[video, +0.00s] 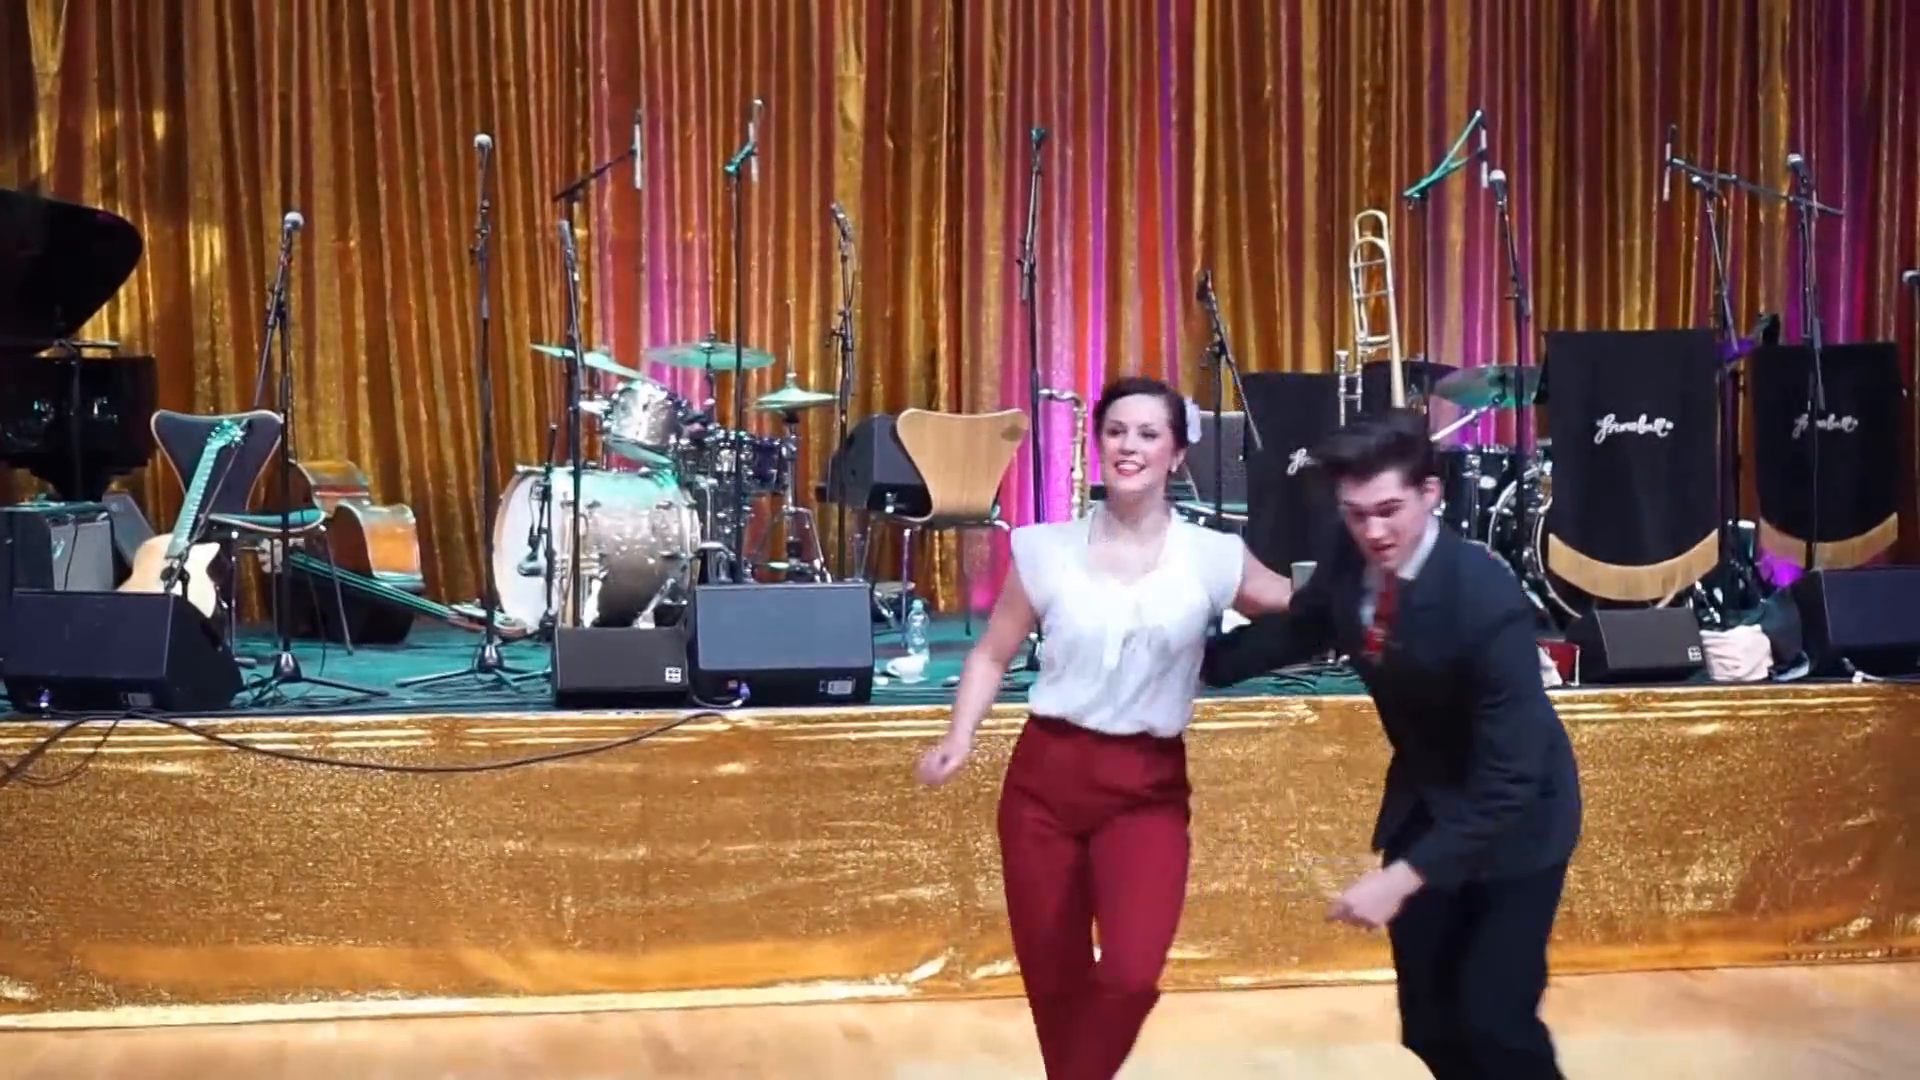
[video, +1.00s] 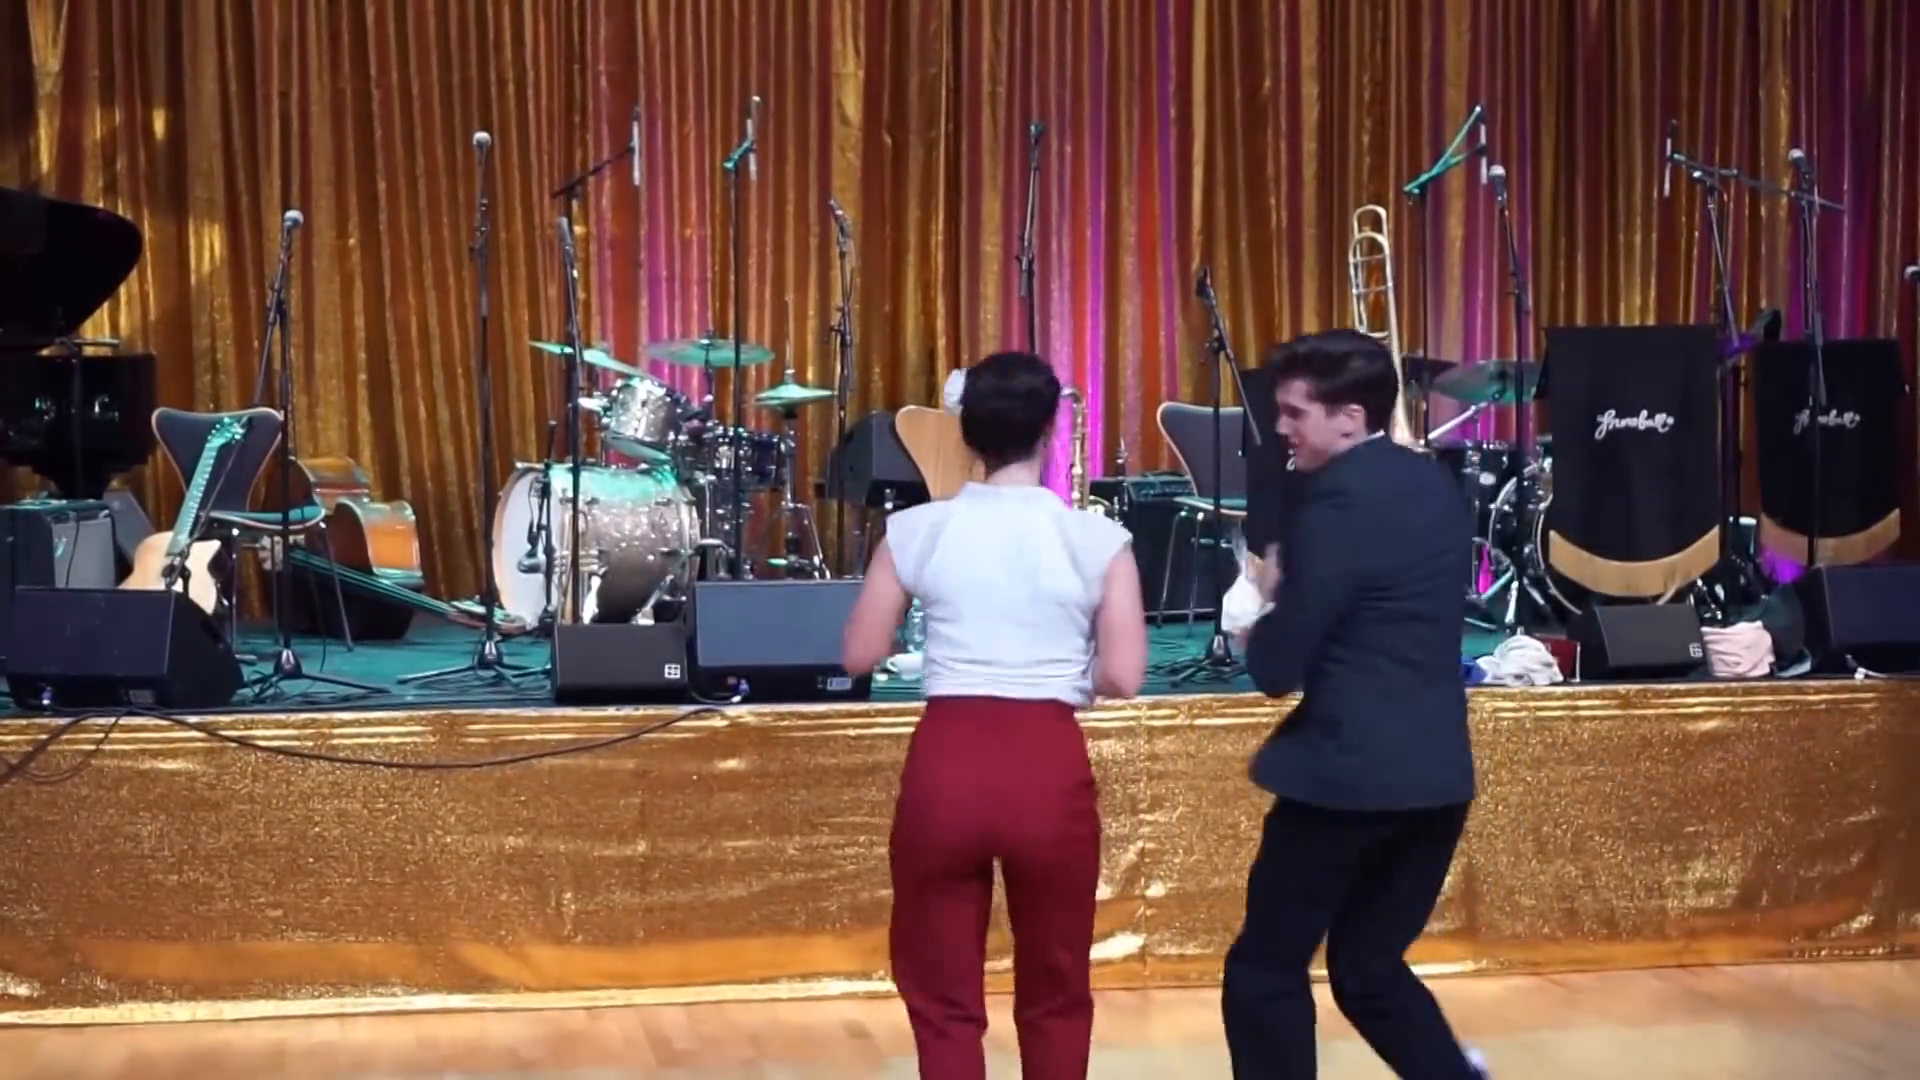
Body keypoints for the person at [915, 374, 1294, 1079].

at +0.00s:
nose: (1127, 447)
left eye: (1147, 435)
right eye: (1115, 433)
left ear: (1177, 456)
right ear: (1096, 446)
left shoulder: (1214, 557)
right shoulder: (1045, 550)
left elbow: (1314, 614)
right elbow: (991, 655)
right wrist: (960, 737)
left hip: (1147, 798)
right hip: (1042, 791)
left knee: (1133, 979)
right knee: (1054, 991)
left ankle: (1072, 1075)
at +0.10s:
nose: (1107, 453)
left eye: (1127, 443)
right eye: (1094, 439)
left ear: (1154, 466)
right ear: (1074, 457)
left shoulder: (1187, 577)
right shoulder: (1015, 563)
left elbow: (1244, 664)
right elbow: (942, 643)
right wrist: (884, 727)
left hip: (1113, 815)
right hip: (1012, 804)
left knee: (1051, 1011)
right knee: (1047, 1010)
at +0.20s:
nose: (1101, 424)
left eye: (1121, 417)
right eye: (1088, 408)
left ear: (1138, 445)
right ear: (1061, 423)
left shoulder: (1152, 552)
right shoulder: (992, 523)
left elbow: (1206, 647)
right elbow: (910, 600)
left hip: (1093, 785)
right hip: (991, 777)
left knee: (1030, 991)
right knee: (953, 986)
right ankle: (1027, 1070)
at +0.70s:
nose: (1098, 442)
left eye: (1093, 428)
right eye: (1084, 428)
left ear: (1049, 441)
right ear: (1036, 438)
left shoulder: (1079, 562)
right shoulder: (938, 540)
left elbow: (1146, 661)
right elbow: (848, 633)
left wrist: (1239, 602)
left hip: (1038, 804)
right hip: (952, 802)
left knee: (1000, 1017)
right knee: (1056, 1015)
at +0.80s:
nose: (1088, 453)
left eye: (1084, 438)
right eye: (1077, 438)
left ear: (1037, 451)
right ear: (1035, 450)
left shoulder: (1039, 564)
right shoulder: (969, 553)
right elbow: (946, 672)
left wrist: (1088, 617)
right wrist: (1062, 637)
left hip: (1014, 810)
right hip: (965, 815)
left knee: (1000, 1016)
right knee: (1078, 1010)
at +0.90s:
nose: (1079, 439)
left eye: (1076, 424)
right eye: (1070, 424)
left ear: (1000, 442)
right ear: (1033, 437)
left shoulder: (947, 548)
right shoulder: (1042, 546)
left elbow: (936, 659)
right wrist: (1136, 651)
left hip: (922, 794)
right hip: (1000, 806)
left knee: (973, 1006)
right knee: (1072, 999)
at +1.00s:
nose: (1059, 424)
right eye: (1057, 414)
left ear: (966, 430)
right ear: (1050, 428)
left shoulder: (915, 530)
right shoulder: (1097, 537)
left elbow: (859, 654)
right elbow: (1123, 677)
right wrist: (1058, 659)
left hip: (946, 753)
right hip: (1049, 757)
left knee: (943, 1005)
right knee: (1055, 996)